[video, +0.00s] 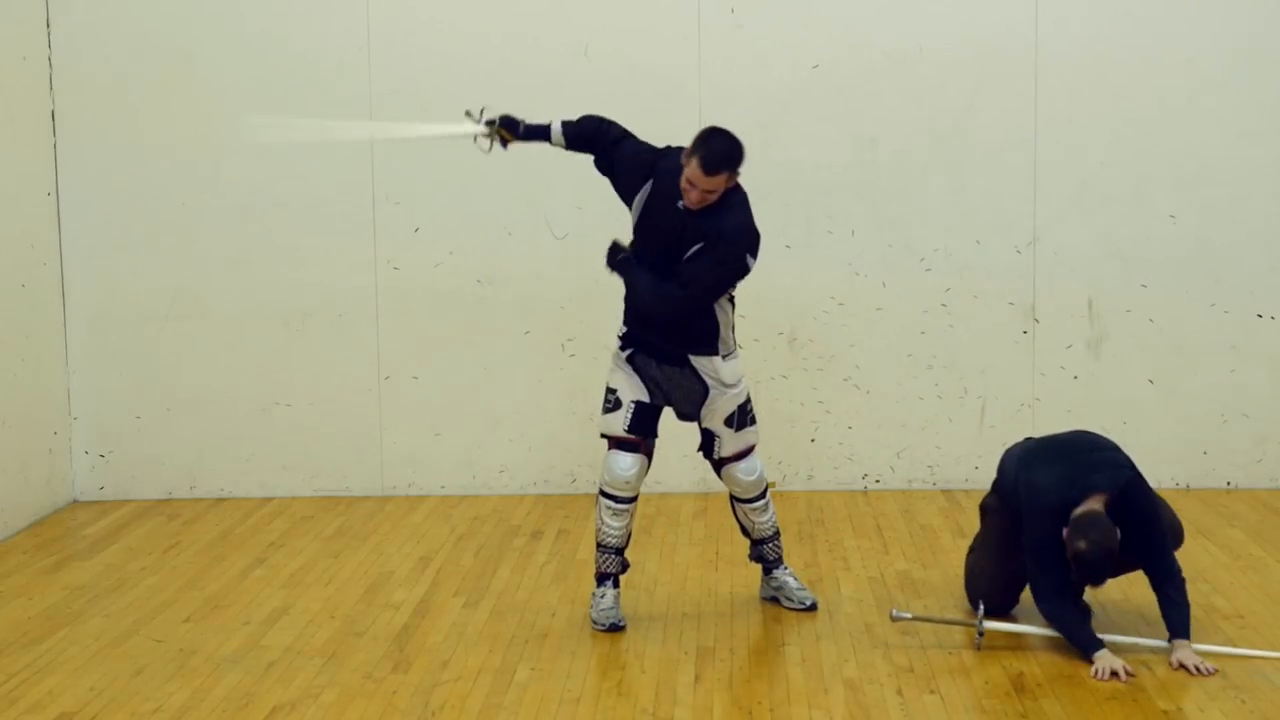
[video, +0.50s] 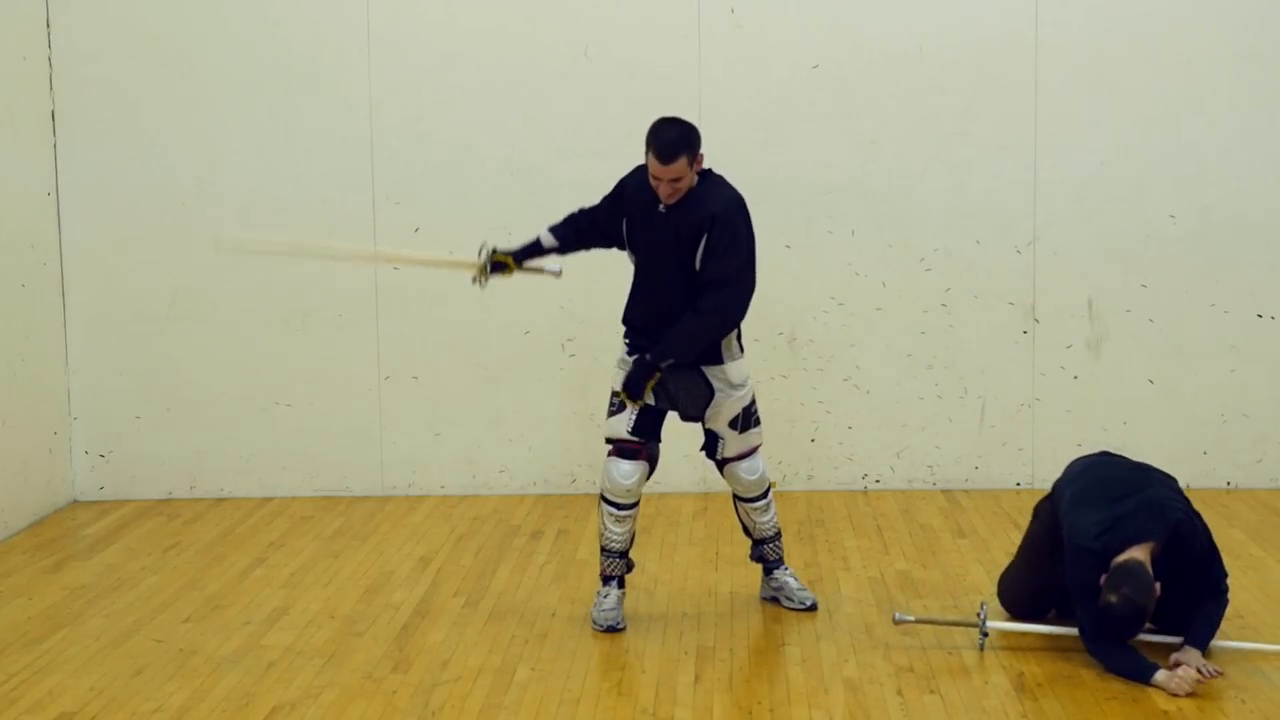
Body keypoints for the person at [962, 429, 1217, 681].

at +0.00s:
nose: (1090, 586)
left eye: (1098, 580)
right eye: (1086, 579)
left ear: (1119, 539)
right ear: (1065, 541)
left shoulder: (1133, 493)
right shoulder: (1040, 504)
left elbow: (1164, 568)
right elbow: (1049, 592)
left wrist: (1181, 642)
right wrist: (1097, 651)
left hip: (1095, 452)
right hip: (1024, 465)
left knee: (1168, 534)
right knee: (990, 600)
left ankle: (1070, 585)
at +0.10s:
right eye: (1078, 590)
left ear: (1121, 564)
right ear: (1072, 558)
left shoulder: (1145, 508)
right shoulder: (1049, 526)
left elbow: (1182, 571)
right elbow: (1054, 609)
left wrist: (1189, 645)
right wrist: (1107, 657)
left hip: (1105, 459)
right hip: (1034, 466)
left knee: (1177, 549)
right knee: (1001, 603)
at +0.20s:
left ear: (1131, 570)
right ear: (1077, 564)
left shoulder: (1154, 511)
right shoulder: (1057, 532)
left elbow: (1197, 577)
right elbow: (1067, 621)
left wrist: (1191, 646)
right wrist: (1124, 664)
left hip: (1117, 461)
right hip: (1046, 467)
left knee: (1168, 567)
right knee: (1006, 605)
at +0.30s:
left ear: (1139, 575)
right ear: (1087, 568)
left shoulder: (1162, 514)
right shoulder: (1066, 540)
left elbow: (1204, 580)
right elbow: (1078, 626)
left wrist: (1192, 647)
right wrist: (1140, 671)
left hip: (1129, 469)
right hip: (1056, 472)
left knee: (1181, 581)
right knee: (1013, 606)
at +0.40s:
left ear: (1148, 581)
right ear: (1094, 574)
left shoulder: (1172, 519)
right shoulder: (1076, 544)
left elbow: (1210, 586)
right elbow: (1091, 634)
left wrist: (1193, 647)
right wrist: (1151, 674)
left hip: (1141, 475)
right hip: (1068, 476)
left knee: (1183, 600)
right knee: (1014, 604)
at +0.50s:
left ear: (1156, 593)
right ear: (1102, 581)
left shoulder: (1185, 532)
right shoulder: (1085, 549)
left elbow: (1216, 591)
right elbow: (1096, 639)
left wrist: (1194, 648)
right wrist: (1158, 676)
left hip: (1155, 484)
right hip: (1080, 482)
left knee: (1179, 619)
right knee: (1017, 602)